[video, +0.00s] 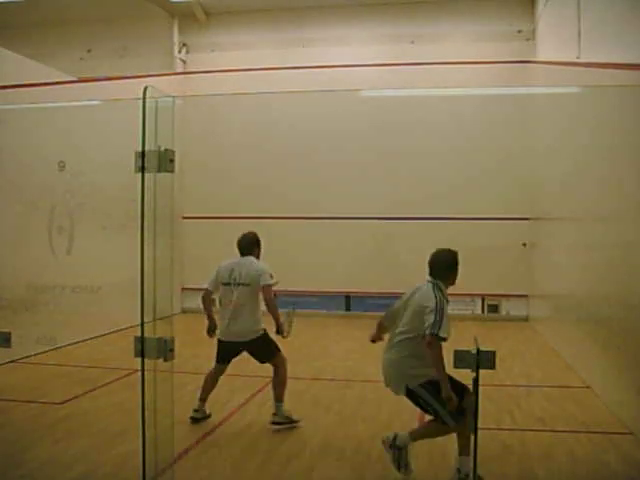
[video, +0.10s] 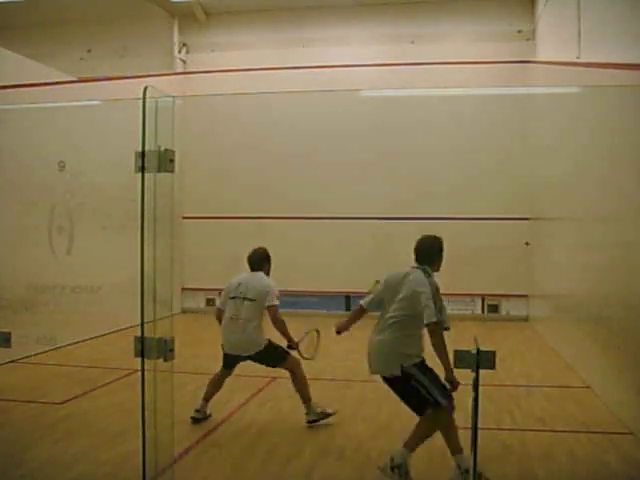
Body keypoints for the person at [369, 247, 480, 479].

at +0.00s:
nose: (457, 272)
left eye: (456, 267)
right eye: (456, 268)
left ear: (431, 269)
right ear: (453, 273)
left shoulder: (418, 291)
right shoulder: (436, 299)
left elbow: (390, 316)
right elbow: (432, 342)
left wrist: (378, 333)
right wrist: (445, 387)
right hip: (408, 372)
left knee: (466, 398)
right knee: (453, 421)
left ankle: (465, 467)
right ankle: (401, 441)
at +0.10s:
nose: (442, 259)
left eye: (441, 254)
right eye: (441, 255)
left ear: (416, 255)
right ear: (437, 258)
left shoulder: (396, 278)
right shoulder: (427, 285)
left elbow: (365, 305)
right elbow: (434, 330)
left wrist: (345, 324)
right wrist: (449, 371)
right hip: (400, 359)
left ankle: (463, 464)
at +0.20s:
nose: (423, 257)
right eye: (422, 253)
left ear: (396, 254)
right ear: (420, 256)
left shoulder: (375, 278)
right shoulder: (416, 284)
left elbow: (349, 305)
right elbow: (432, 327)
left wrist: (323, 325)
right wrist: (447, 363)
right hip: (389, 360)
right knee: (421, 414)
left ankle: (438, 462)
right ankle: (396, 472)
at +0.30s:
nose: (400, 257)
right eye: (399, 253)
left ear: (374, 254)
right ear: (398, 255)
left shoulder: (355, 277)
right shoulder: (401, 282)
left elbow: (332, 309)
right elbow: (425, 324)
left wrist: (305, 329)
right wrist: (438, 362)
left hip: (354, 361)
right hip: (382, 362)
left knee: (380, 403)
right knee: (410, 418)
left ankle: (381, 455)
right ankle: (396, 471)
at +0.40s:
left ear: (348, 242)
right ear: (372, 243)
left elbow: (310, 301)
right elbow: (402, 316)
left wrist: (290, 328)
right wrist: (412, 351)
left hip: (335, 351)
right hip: (368, 354)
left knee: (338, 389)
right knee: (390, 408)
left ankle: (324, 447)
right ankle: (394, 468)